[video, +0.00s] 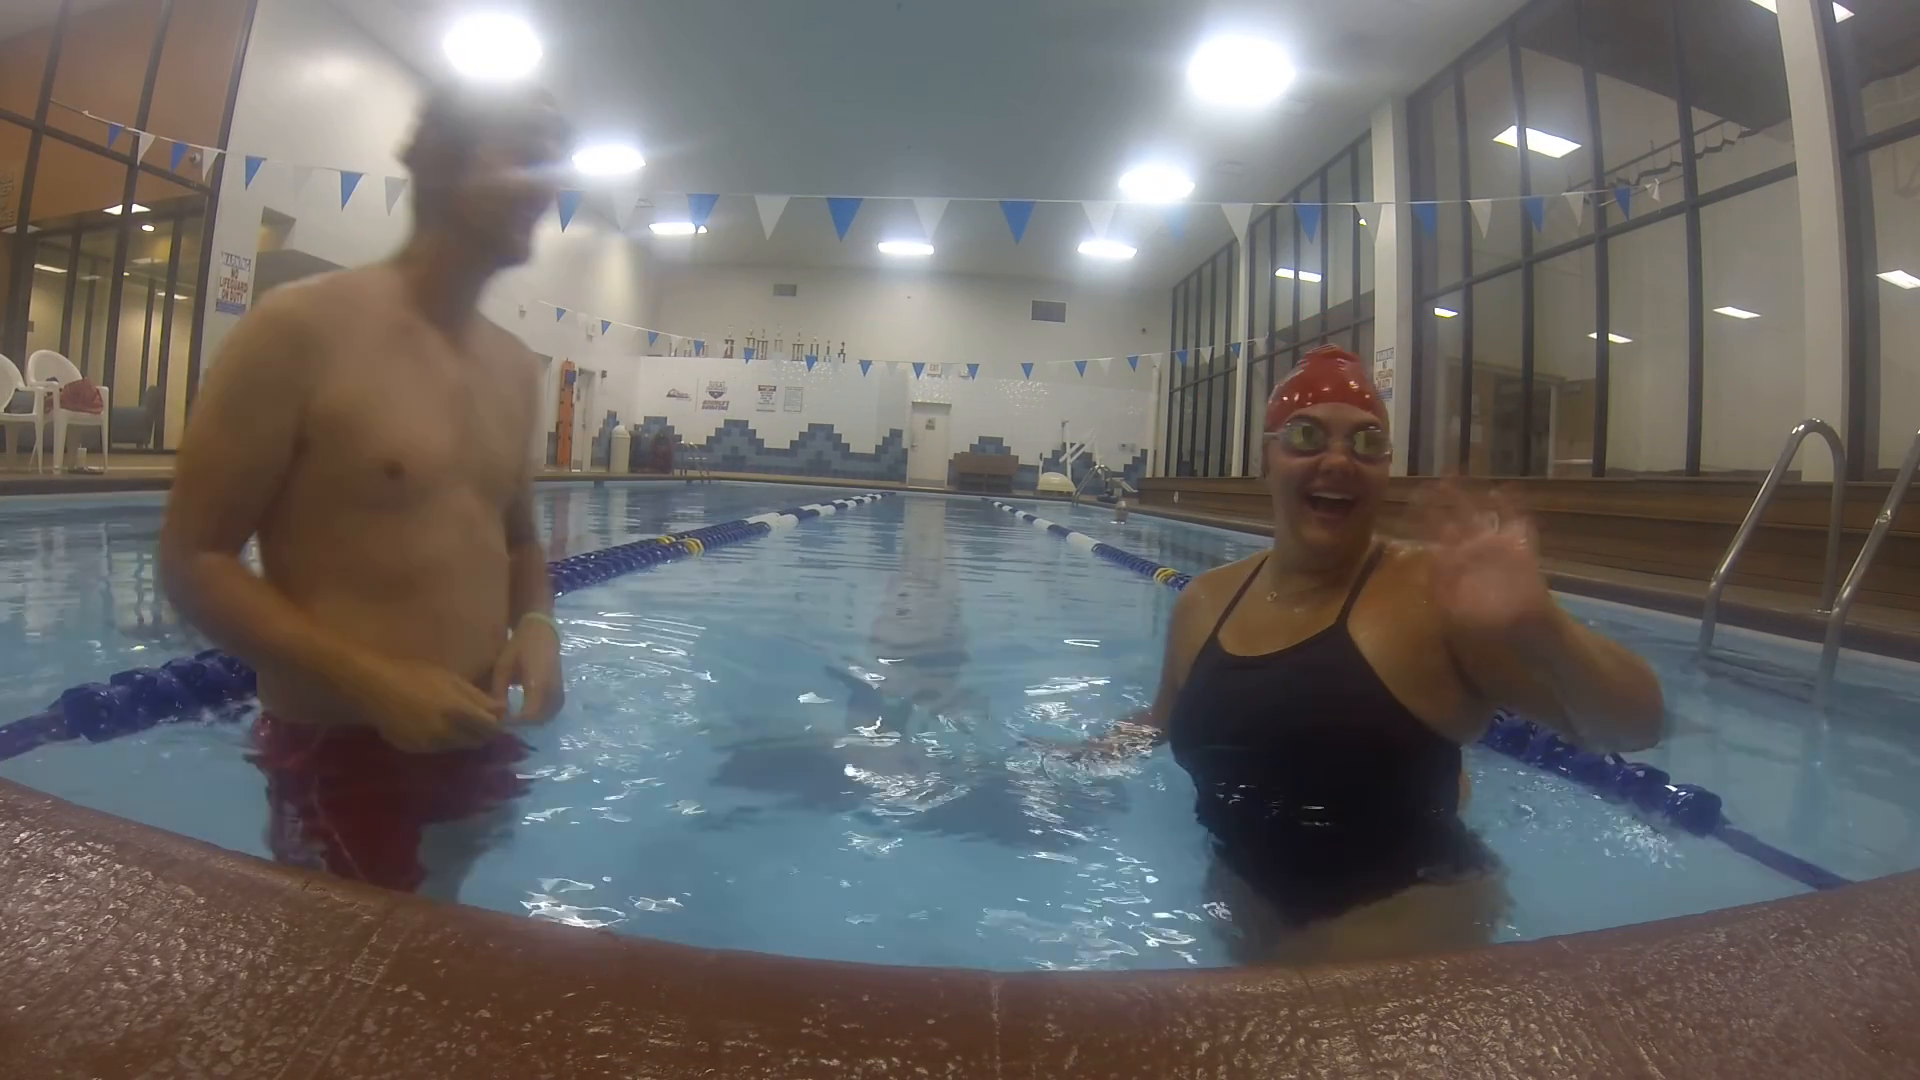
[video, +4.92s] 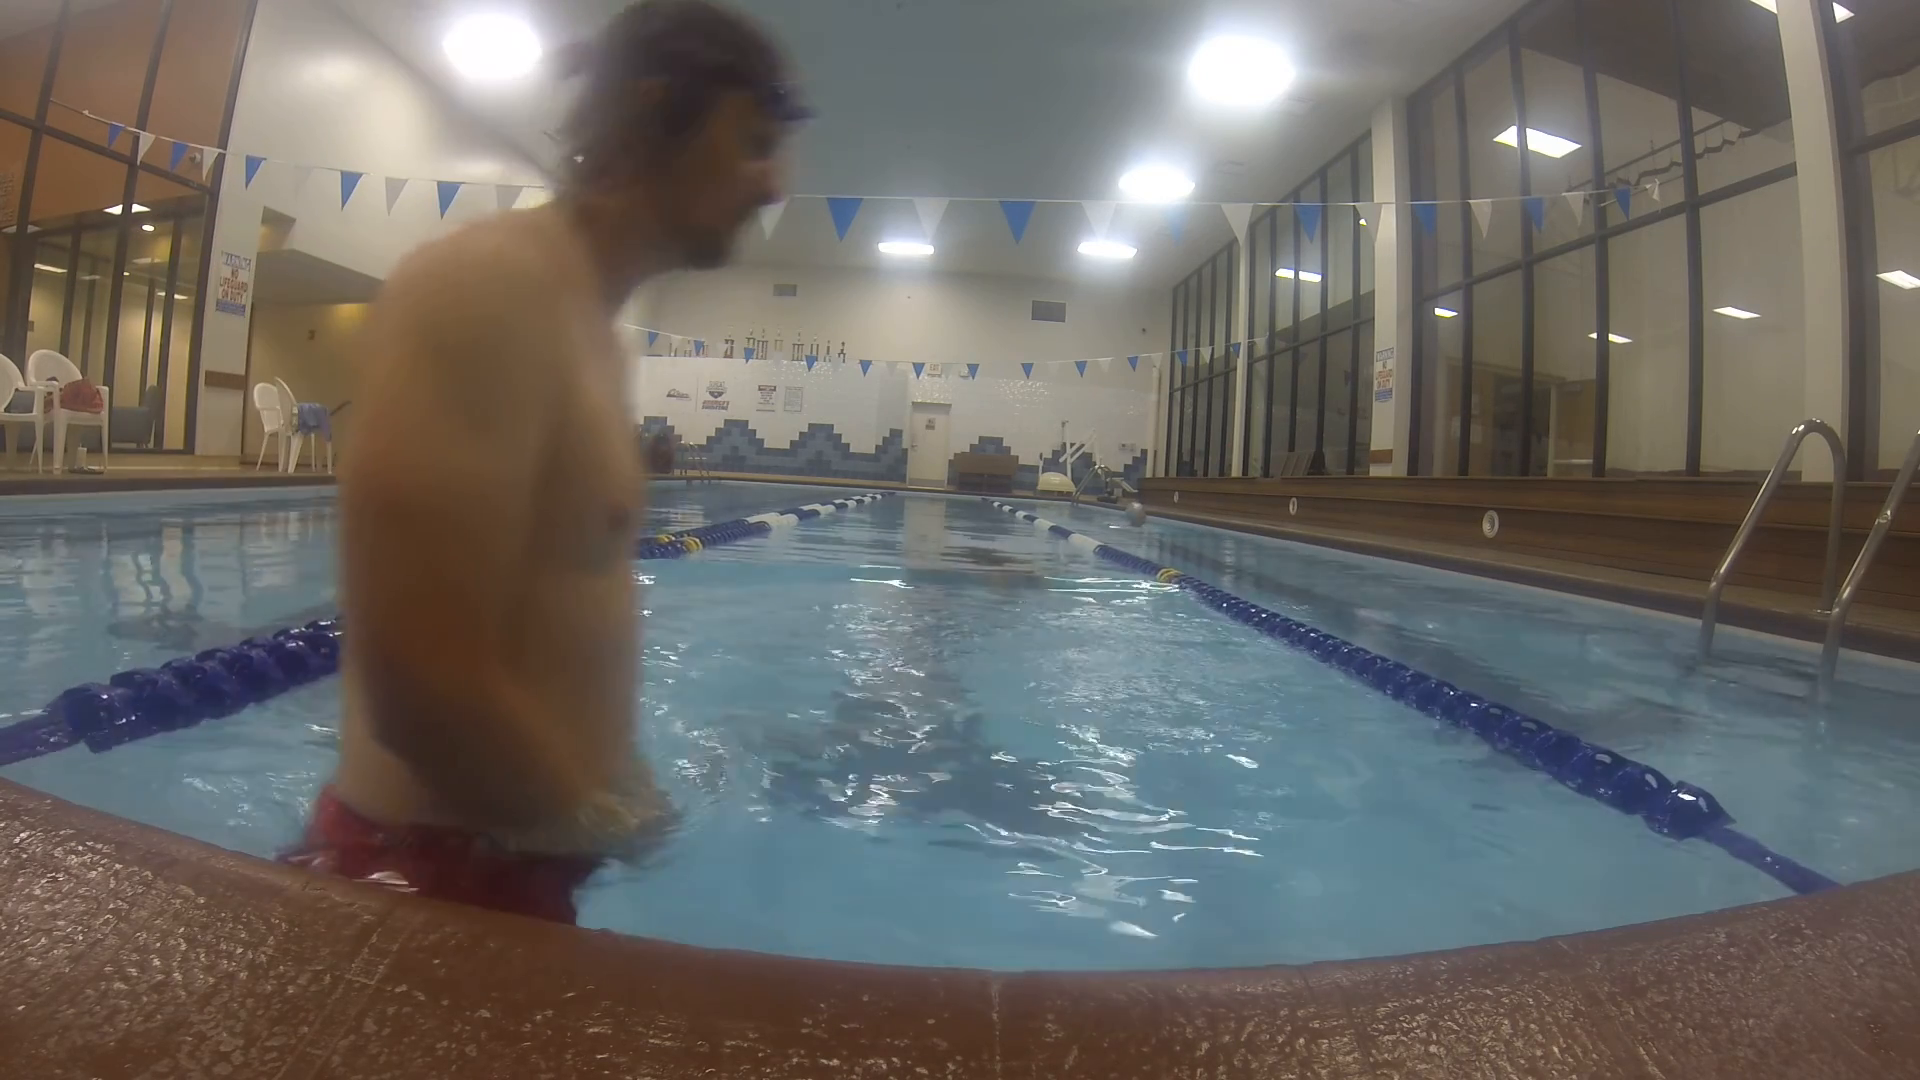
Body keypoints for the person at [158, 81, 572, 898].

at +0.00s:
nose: (546, 185)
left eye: (553, 163)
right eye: (520, 155)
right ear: (431, 166)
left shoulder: (513, 364)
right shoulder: (299, 331)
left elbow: (518, 532)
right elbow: (192, 560)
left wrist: (535, 620)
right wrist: (375, 685)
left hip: (474, 753)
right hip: (339, 759)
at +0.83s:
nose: (410, 124)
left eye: (429, 107)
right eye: (378, 88)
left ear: (435, 138)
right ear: (296, 101)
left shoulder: (395, 327)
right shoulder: (192, 280)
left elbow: (394, 546)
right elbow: (149, 610)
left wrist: (446, 714)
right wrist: (385, 778)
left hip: (399, 789)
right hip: (254, 801)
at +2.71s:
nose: (405, 160)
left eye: (409, 130)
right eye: (395, 119)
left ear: (310, 103)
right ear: (304, 95)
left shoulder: (318, 307)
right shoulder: (146, 276)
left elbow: (337, 551)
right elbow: (125, 626)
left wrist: (406, 704)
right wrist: (375, 768)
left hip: (341, 794)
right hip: (232, 808)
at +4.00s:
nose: (494, 167)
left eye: (500, 142)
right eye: (474, 130)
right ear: (377, 115)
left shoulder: (403, 320)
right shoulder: (235, 282)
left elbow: (400, 554)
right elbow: (192, 622)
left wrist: (450, 707)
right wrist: (400, 764)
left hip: (373, 784)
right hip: (274, 799)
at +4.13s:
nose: (518, 172)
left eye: (527, 150)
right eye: (497, 134)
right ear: (400, 113)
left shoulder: (430, 325)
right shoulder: (258, 287)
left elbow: (408, 565)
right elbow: (208, 623)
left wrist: (460, 717)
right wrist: (410, 766)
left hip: (391, 794)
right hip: (284, 802)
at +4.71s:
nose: (647, 185)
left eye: (652, 158)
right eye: (631, 145)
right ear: (542, 126)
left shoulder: (508, 335)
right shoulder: (378, 292)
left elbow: (484, 600)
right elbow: (323, 643)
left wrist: (557, 758)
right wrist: (538, 810)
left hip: (455, 837)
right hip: (380, 846)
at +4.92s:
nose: (775, 186)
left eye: (777, 151)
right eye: (757, 142)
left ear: (661, 127)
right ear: (660, 119)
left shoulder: (578, 313)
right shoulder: (486, 284)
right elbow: (421, 670)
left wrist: (621, 786)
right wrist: (593, 821)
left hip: (501, 869)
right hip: (428, 878)